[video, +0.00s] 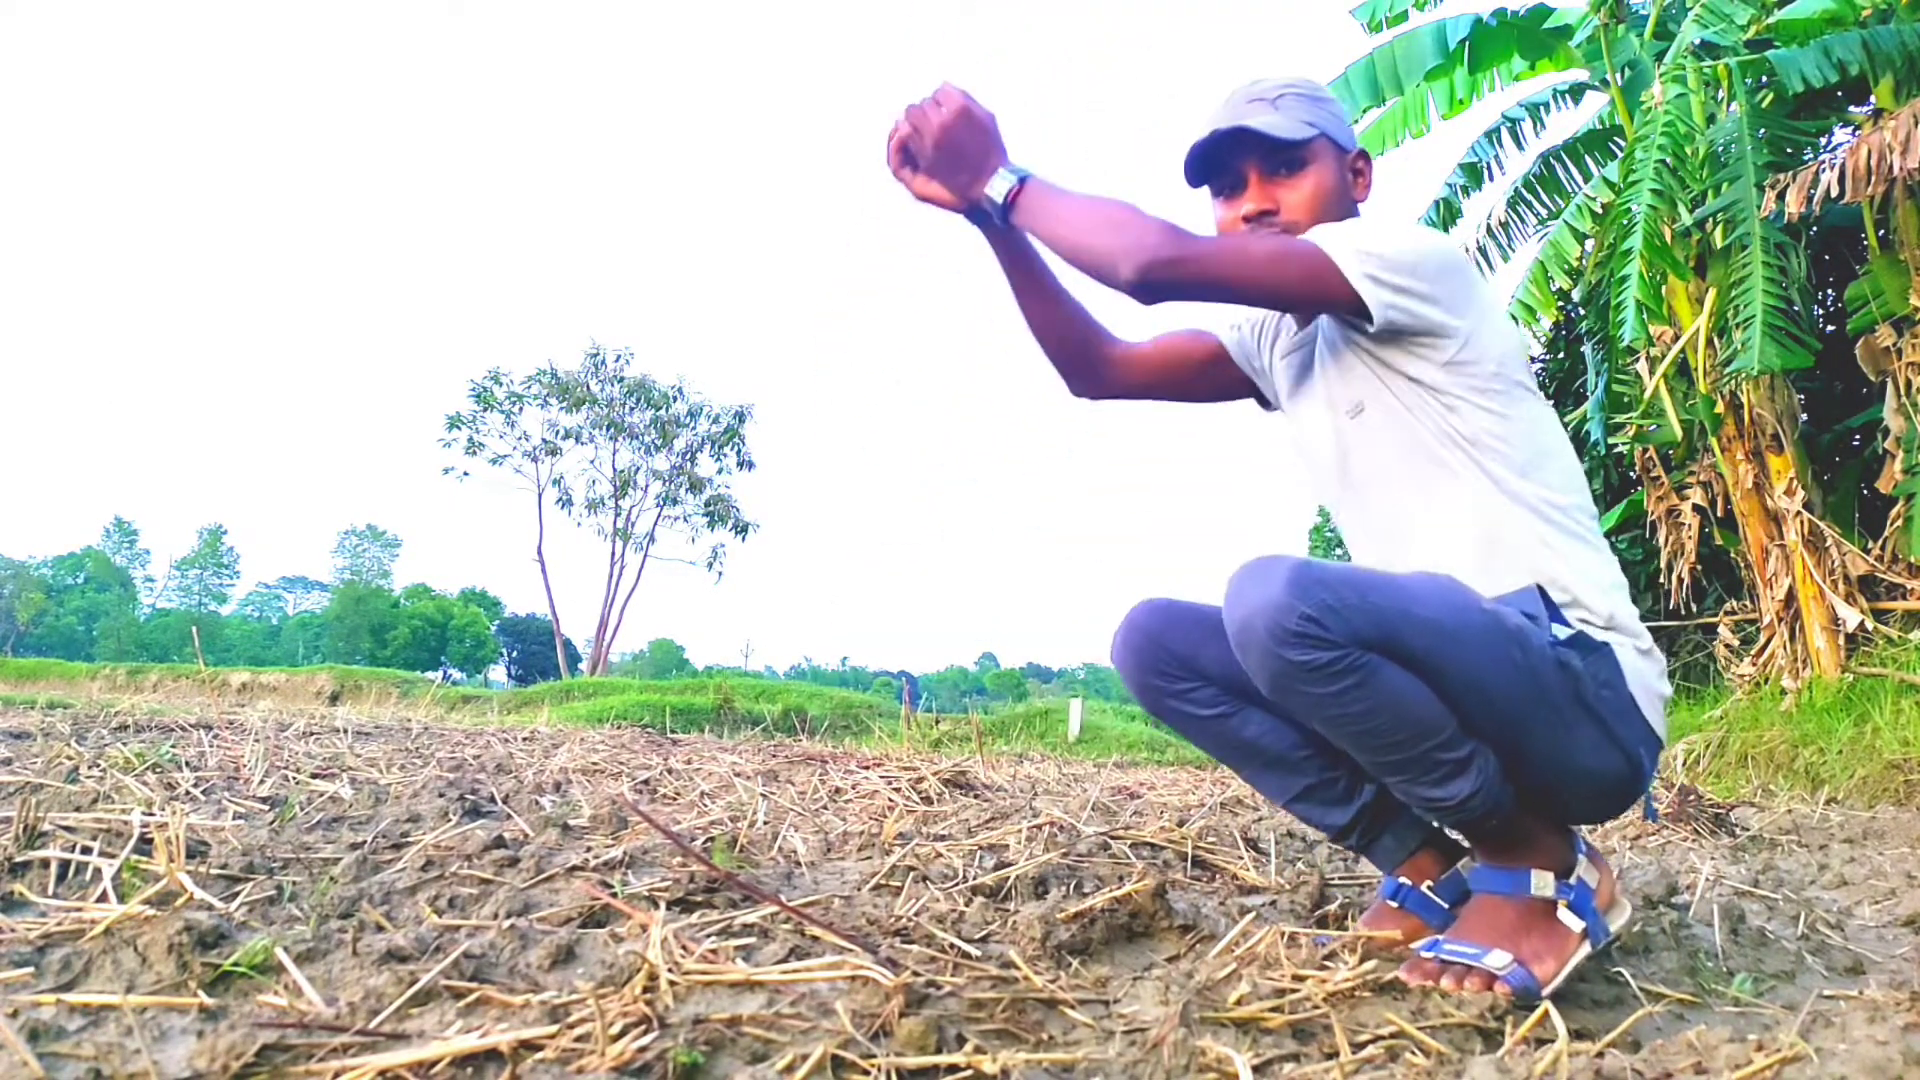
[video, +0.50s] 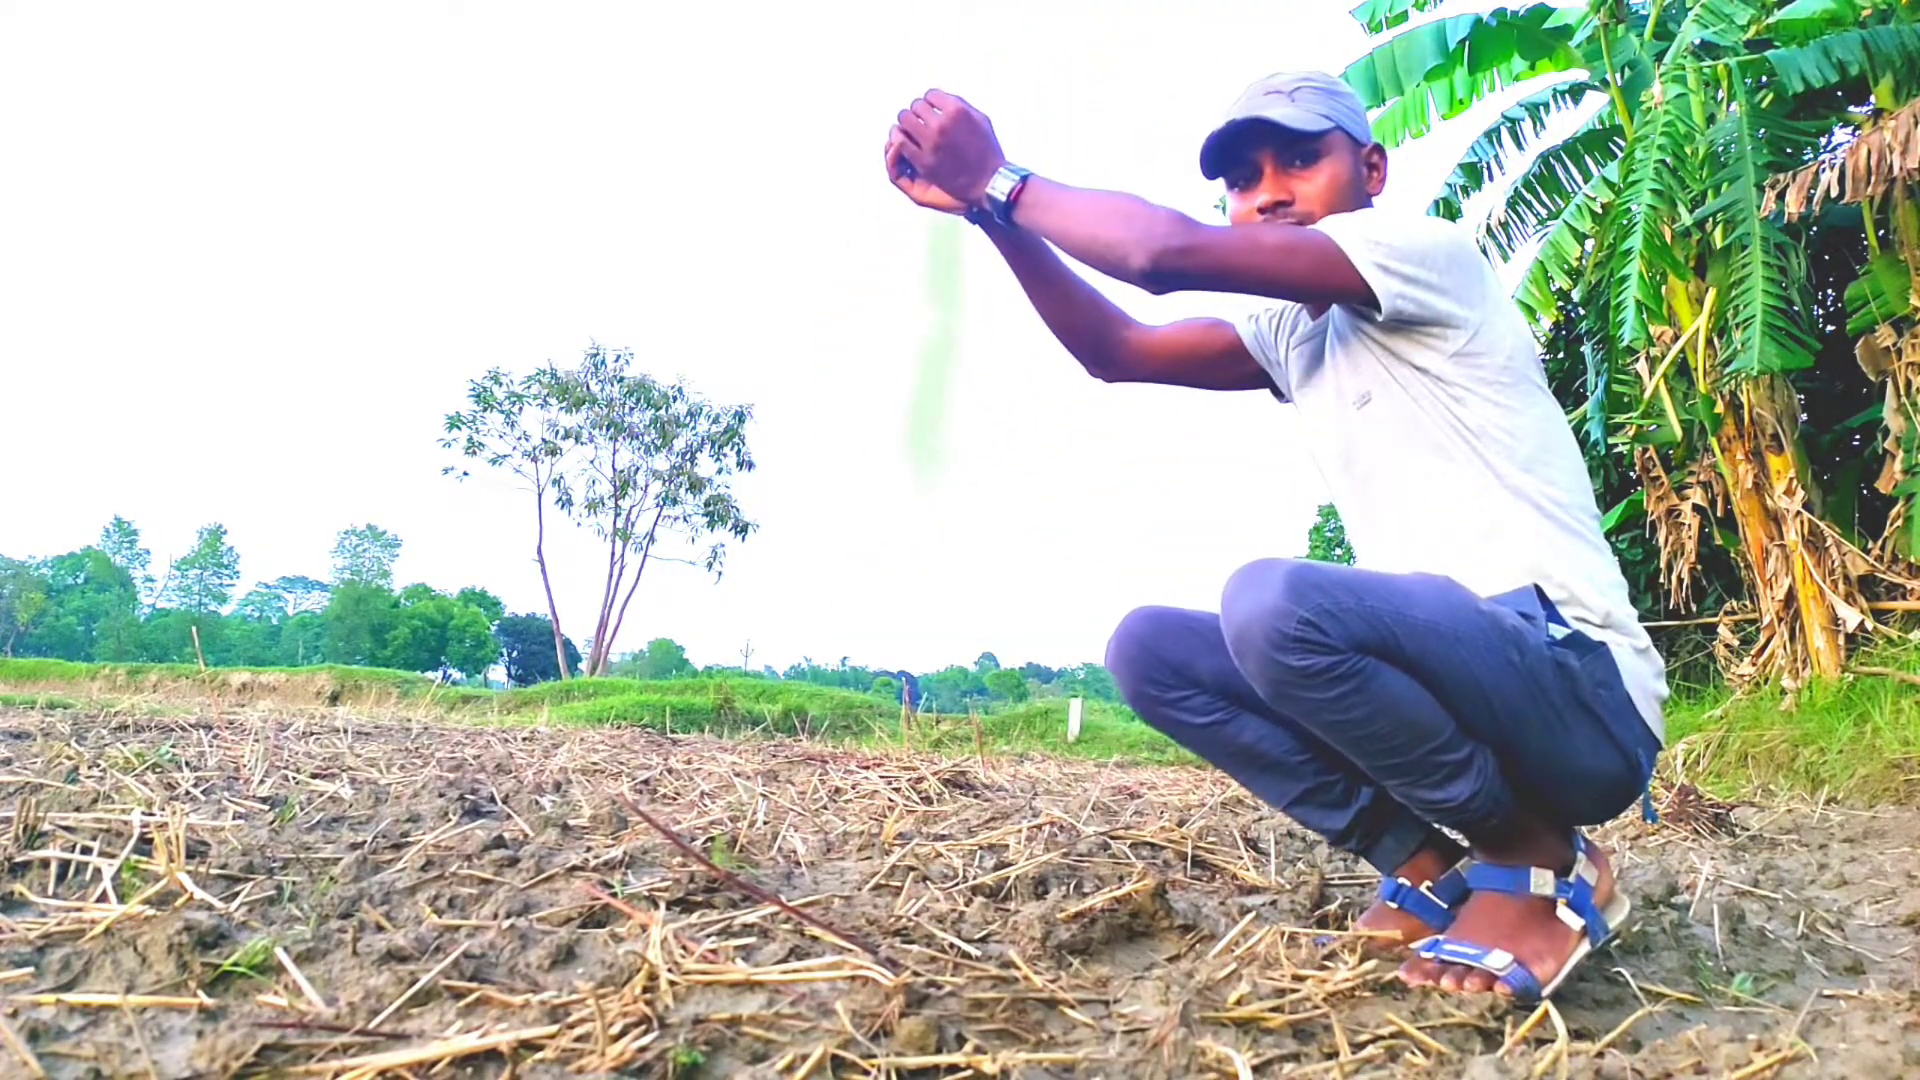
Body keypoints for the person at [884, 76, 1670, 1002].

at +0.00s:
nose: (1255, 199)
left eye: (1286, 164)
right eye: (1231, 185)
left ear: (1358, 173)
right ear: (1211, 209)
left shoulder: (1411, 262)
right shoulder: (1281, 340)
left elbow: (1155, 262)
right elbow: (1100, 368)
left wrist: (997, 182)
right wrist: (993, 217)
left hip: (1581, 685)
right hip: (1457, 697)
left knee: (1275, 603)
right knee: (1155, 642)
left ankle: (1534, 855)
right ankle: (1435, 856)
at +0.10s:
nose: (1262, 191)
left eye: (1292, 155)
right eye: (1237, 178)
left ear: (1364, 164)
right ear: (1218, 201)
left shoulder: (1419, 254)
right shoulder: (1289, 330)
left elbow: (1159, 246)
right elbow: (1107, 348)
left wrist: (1004, 163)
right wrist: (1000, 201)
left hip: (1580, 680)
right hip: (1459, 688)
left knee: (1270, 607)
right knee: (1156, 643)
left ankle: (1538, 859)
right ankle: (1435, 862)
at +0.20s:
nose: (1265, 190)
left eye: (1296, 153)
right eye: (1241, 177)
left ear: (1368, 162)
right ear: (1224, 198)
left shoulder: (1423, 253)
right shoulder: (1296, 328)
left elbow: (1161, 242)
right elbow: (1110, 341)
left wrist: (1003, 157)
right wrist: (998, 193)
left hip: (1580, 680)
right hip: (1459, 687)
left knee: (1268, 608)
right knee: (1156, 644)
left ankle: (1536, 858)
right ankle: (1435, 860)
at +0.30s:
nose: (1266, 193)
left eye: (1299, 156)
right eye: (1241, 178)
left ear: (1372, 167)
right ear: (1223, 201)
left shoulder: (1425, 255)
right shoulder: (1295, 329)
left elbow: (1164, 251)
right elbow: (1114, 349)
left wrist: (1002, 175)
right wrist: (999, 209)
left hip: (1579, 682)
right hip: (1455, 691)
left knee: (1269, 609)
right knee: (1154, 644)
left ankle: (1536, 855)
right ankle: (1433, 858)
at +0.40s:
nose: (1267, 194)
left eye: (1299, 158)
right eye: (1242, 180)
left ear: (1372, 170)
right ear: (1225, 203)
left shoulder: (1425, 257)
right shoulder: (1295, 330)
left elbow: (1165, 253)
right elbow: (1114, 350)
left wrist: (997, 183)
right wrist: (996, 211)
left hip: (1581, 684)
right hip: (1459, 694)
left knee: (1272, 607)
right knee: (1153, 646)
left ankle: (1536, 854)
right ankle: (1436, 859)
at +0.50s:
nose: (1269, 194)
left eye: (1300, 158)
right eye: (1243, 182)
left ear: (1373, 169)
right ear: (1229, 206)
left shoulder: (1426, 256)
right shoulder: (1298, 330)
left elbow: (1166, 251)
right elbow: (1117, 350)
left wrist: (995, 184)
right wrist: (994, 213)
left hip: (1579, 683)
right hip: (1459, 695)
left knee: (1273, 606)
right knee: (1151, 649)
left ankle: (1537, 853)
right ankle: (1434, 858)